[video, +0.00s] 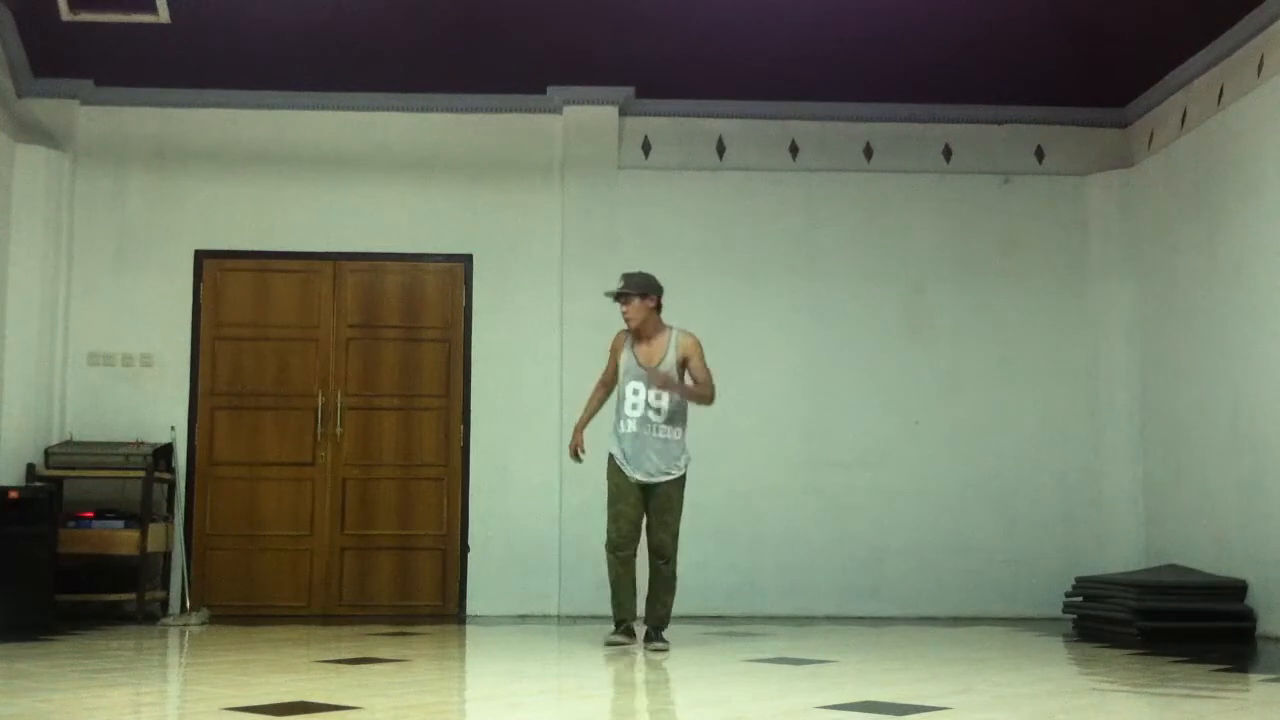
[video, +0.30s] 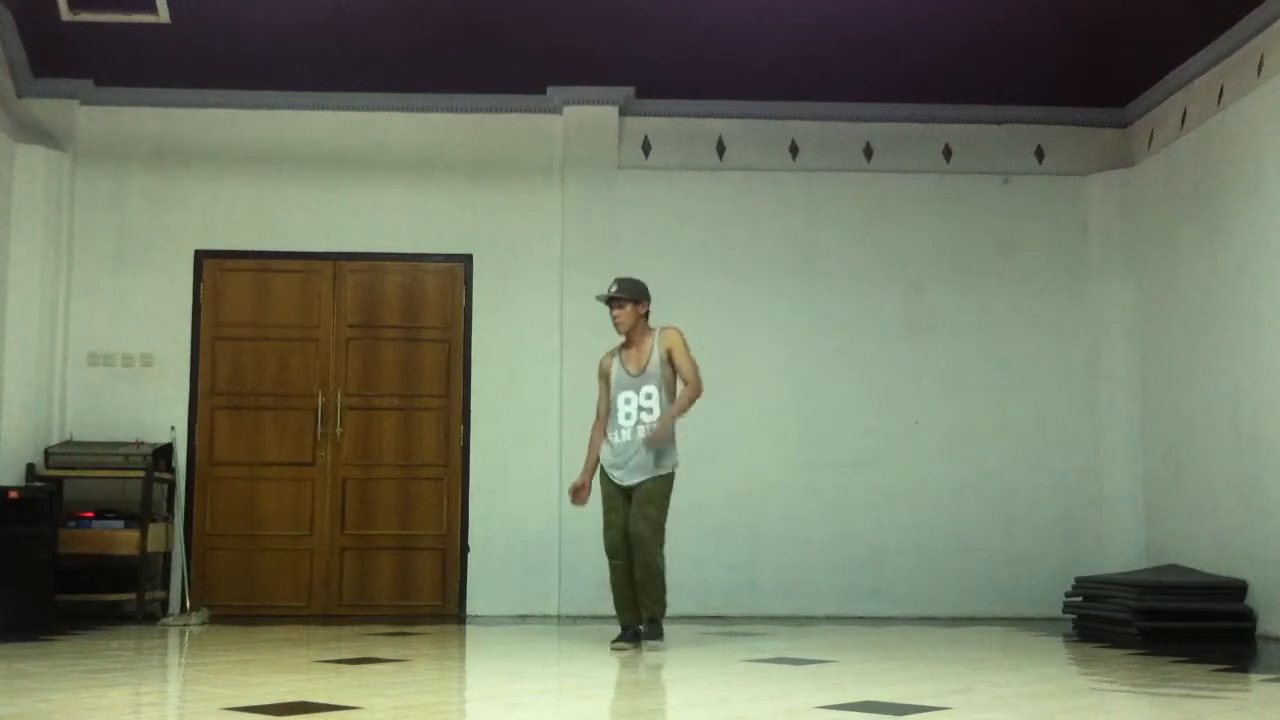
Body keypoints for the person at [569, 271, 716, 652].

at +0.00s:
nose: (622, 308)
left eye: (628, 301)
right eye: (620, 302)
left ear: (652, 302)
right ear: (627, 305)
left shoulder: (685, 343)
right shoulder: (622, 343)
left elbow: (707, 394)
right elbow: (606, 384)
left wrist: (674, 386)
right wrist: (580, 426)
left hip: (668, 466)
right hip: (624, 462)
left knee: (662, 549)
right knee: (620, 544)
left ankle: (656, 627)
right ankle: (624, 625)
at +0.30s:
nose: (613, 313)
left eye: (620, 305)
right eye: (611, 307)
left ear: (642, 308)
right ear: (612, 311)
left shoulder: (667, 338)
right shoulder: (609, 362)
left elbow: (694, 385)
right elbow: (601, 422)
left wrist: (667, 420)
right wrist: (586, 475)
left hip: (654, 466)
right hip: (614, 469)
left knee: (644, 540)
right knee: (616, 546)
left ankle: (652, 620)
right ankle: (629, 625)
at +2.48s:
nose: (678, 328)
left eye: (687, 323)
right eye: (674, 321)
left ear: (699, 328)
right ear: (667, 324)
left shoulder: (713, 366)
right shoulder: (649, 358)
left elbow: (748, 399)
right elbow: (604, 383)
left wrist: (761, 431)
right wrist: (609, 405)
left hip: (698, 480)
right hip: (652, 476)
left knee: (714, 550)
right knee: (631, 546)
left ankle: (716, 619)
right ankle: (616, 622)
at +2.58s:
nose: (687, 329)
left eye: (696, 324)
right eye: (682, 322)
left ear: (708, 330)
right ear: (675, 325)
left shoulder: (721, 368)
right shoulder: (659, 357)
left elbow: (753, 412)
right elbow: (614, 384)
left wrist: (763, 462)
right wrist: (609, 431)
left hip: (704, 482)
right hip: (657, 478)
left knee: (718, 548)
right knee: (634, 546)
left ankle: (717, 619)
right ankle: (616, 621)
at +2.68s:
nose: (697, 331)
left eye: (705, 325)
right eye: (692, 324)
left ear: (719, 332)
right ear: (685, 329)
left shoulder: (731, 376)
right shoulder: (667, 365)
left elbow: (755, 427)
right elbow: (620, 395)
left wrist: (759, 476)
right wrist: (613, 447)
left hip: (711, 485)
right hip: (664, 481)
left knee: (725, 550)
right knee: (637, 548)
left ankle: (718, 620)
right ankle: (617, 621)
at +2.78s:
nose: (704, 326)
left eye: (712, 321)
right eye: (700, 320)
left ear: (727, 327)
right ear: (694, 324)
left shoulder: (739, 374)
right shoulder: (675, 361)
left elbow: (748, 427)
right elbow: (635, 401)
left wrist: (748, 475)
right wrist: (624, 451)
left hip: (716, 483)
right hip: (670, 477)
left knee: (726, 553)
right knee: (641, 547)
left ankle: (718, 621)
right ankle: (620, 618)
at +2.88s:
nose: (709, 324)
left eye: (716, 318)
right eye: (704, 318)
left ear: (732, 324)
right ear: (698, 322)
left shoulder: (745, 372)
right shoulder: (677, 359)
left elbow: (743, 425)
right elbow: (651, 407)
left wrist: (734, 467)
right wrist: (642, 455)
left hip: (720, 478)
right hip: (674, 473)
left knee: (723, 552)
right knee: (648, 539)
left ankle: (717, 620)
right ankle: (638, 608)